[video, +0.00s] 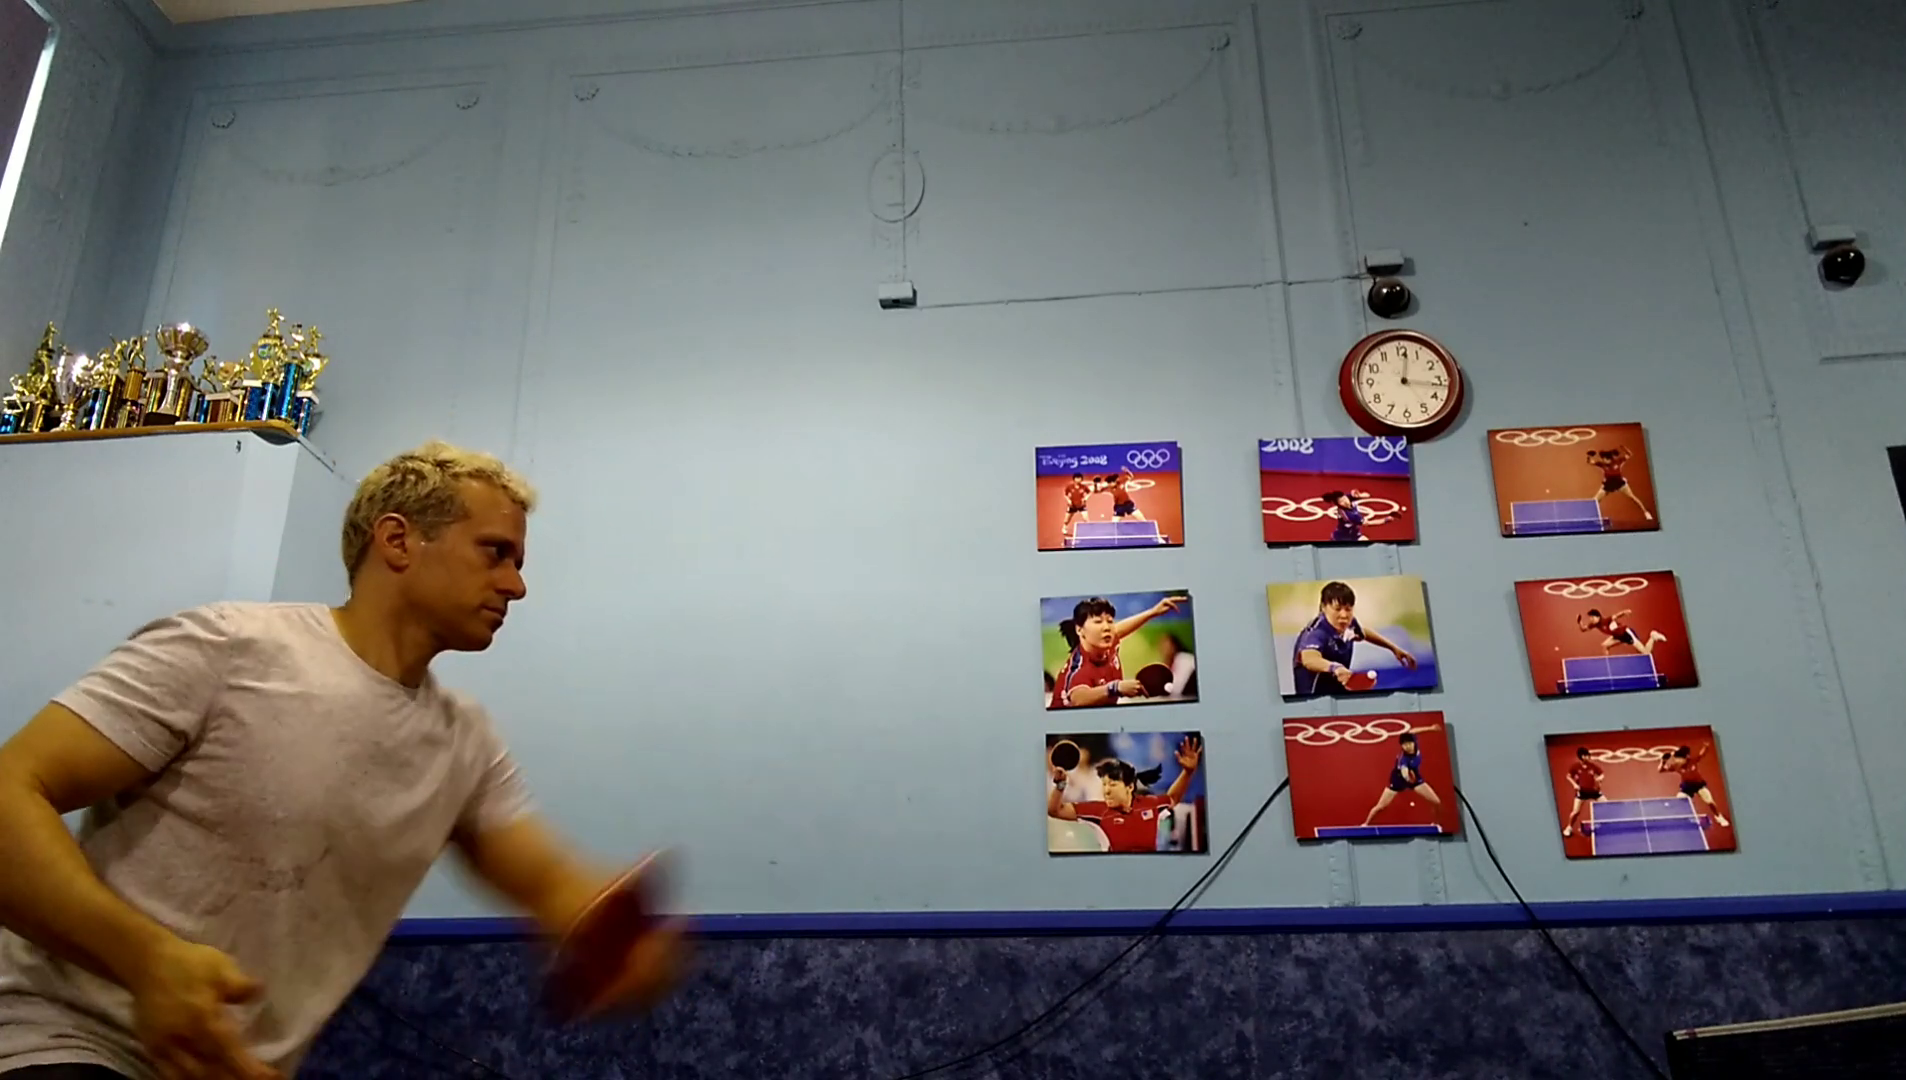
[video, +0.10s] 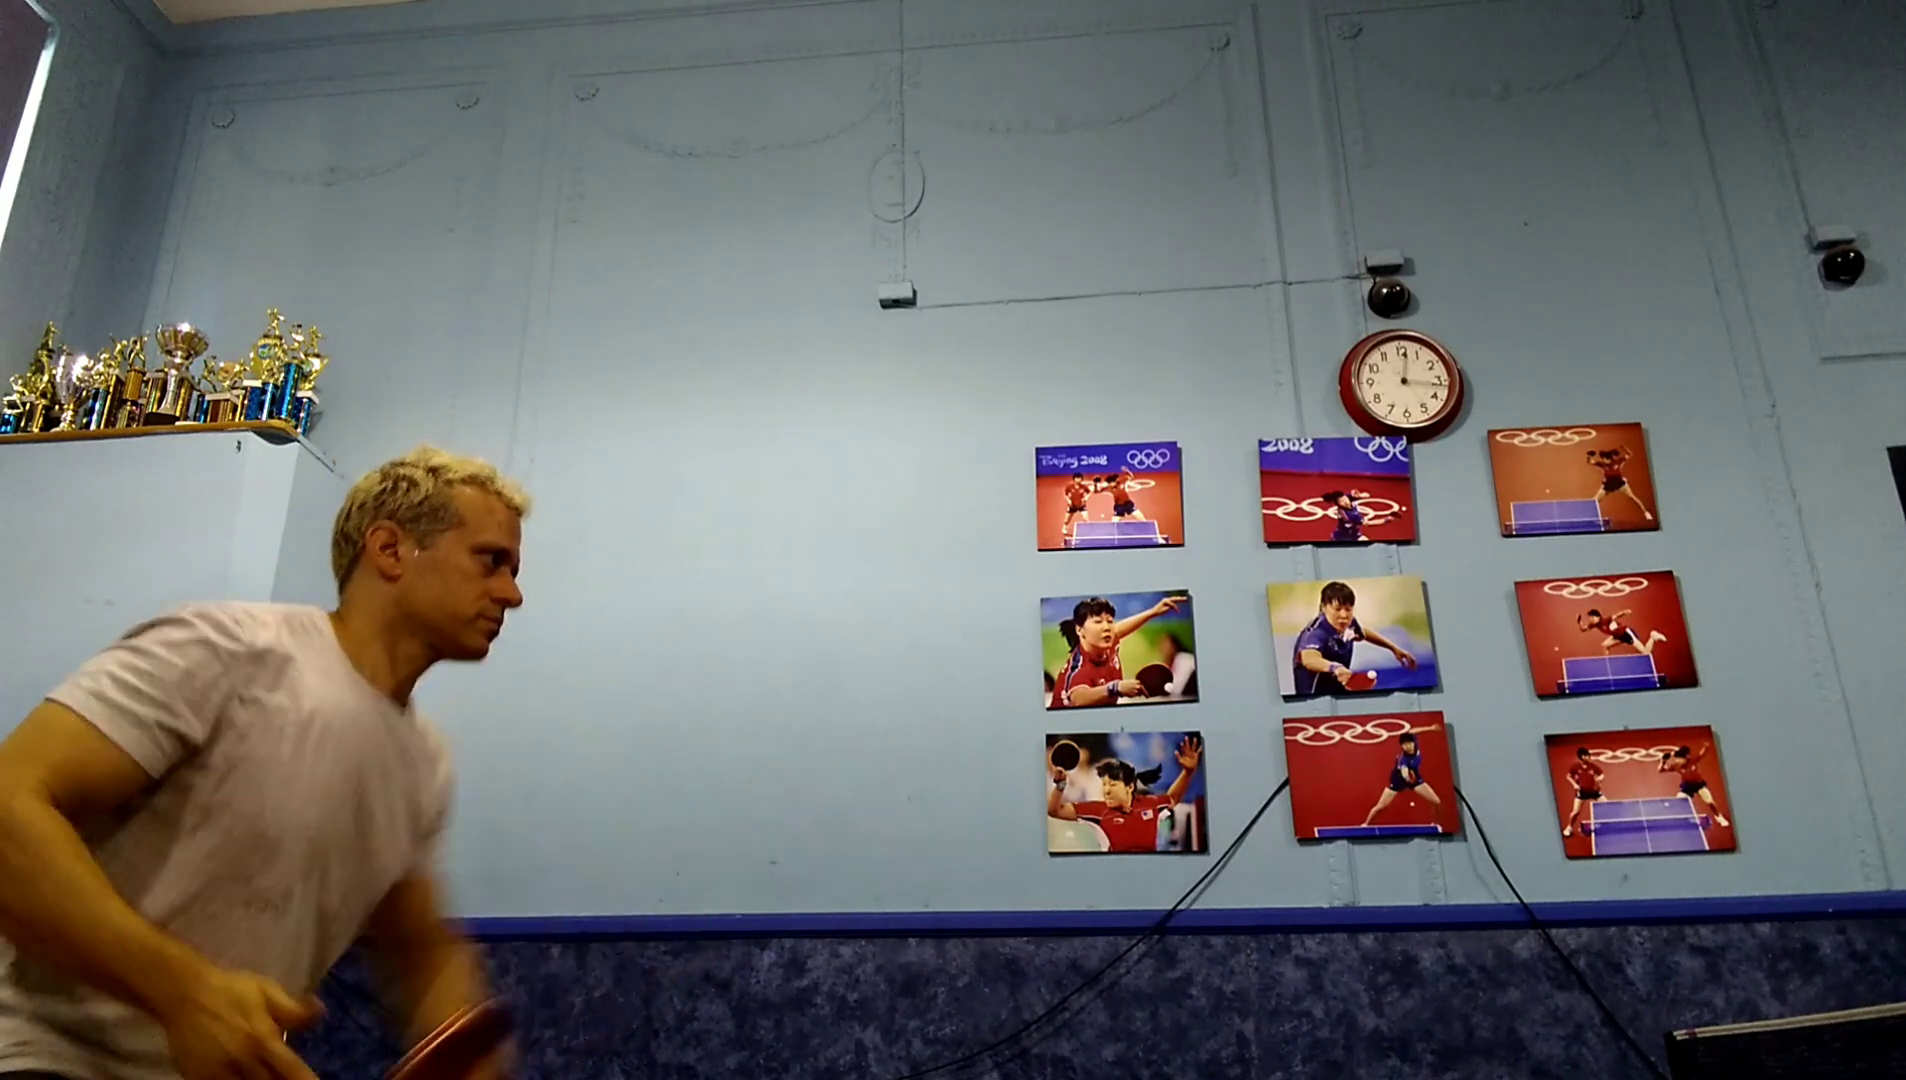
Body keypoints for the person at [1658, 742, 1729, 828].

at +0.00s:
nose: (1678, 762)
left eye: (1680, 760)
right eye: (1677, 760)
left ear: (1686, 757)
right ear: (1676, 759)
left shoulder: (1693, 761)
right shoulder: (1676, 766)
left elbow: (1701, 755)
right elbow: (1661, 771)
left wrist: (1705, 747)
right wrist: (1663, 761)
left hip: (1699, 784)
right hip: (1686, 786)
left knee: (1710, 802)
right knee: (1679, 802)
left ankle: (1718, 816)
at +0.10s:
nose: (1678, 762)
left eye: (1680, 760)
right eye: (1677, 760)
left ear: (1686, 757)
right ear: (1676, 759)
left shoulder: (1693, 761)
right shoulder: (1676, 766)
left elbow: (1701, 755)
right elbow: (1661, 770)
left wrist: (1705, 747)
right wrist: (1663, 761)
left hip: (1699, 784)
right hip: (1686, 786)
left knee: (1710, 802)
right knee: (1679, 803)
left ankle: (1718, 816)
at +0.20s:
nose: (1679, 762)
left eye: (1681, 759)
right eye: (1677, 760)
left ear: (1686, 757)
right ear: (1676, 759)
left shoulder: (1693, 761)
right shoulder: (1676, 766)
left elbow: (1701, 755)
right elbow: (1661, 771)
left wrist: (1705, 747)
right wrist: (1663, 761)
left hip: (1699, 784)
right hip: (1686, 786)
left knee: (1710, 802)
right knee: (1679, 803)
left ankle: (1718, 816)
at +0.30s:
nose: (1679, 762)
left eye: (1681, 759)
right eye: (1678, 760)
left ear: (1686, 757)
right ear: (1676, 759)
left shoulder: (1693, 761)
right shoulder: (1676, 766)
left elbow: (1701, 755)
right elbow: (1661, 770)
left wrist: (1705, 747)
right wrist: (1663, 761)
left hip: (1699, 784)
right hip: (1686, 786)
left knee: (1710, 802)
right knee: (1679, 803)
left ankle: (1718, 816)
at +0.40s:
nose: (1679, 762)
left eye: (1681, 759)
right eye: (1678, 760)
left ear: (1686, 757)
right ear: (1676, 759)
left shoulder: (1693, 761)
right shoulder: (1676, 766)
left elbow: (1701, 755)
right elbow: (1661, 770)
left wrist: (1705, 747)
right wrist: (1663, 761)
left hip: (1699, 784)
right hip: (1686, 786)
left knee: (1710, 802)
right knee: (1679, 803)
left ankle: (1718, 816)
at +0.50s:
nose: (1679, 762)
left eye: (1681, 759)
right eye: (1677, 760)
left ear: (1686, 757)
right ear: (1676, 759)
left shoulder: (1693, 761)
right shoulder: (1676, 766)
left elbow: (1701, 755)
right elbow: (1661, 770)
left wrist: (1705, 747)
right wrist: (1663, 761)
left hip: (1699, 784)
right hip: (1686, 786)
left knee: (1710, 802)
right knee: (1679, 803)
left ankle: (1718, 816)